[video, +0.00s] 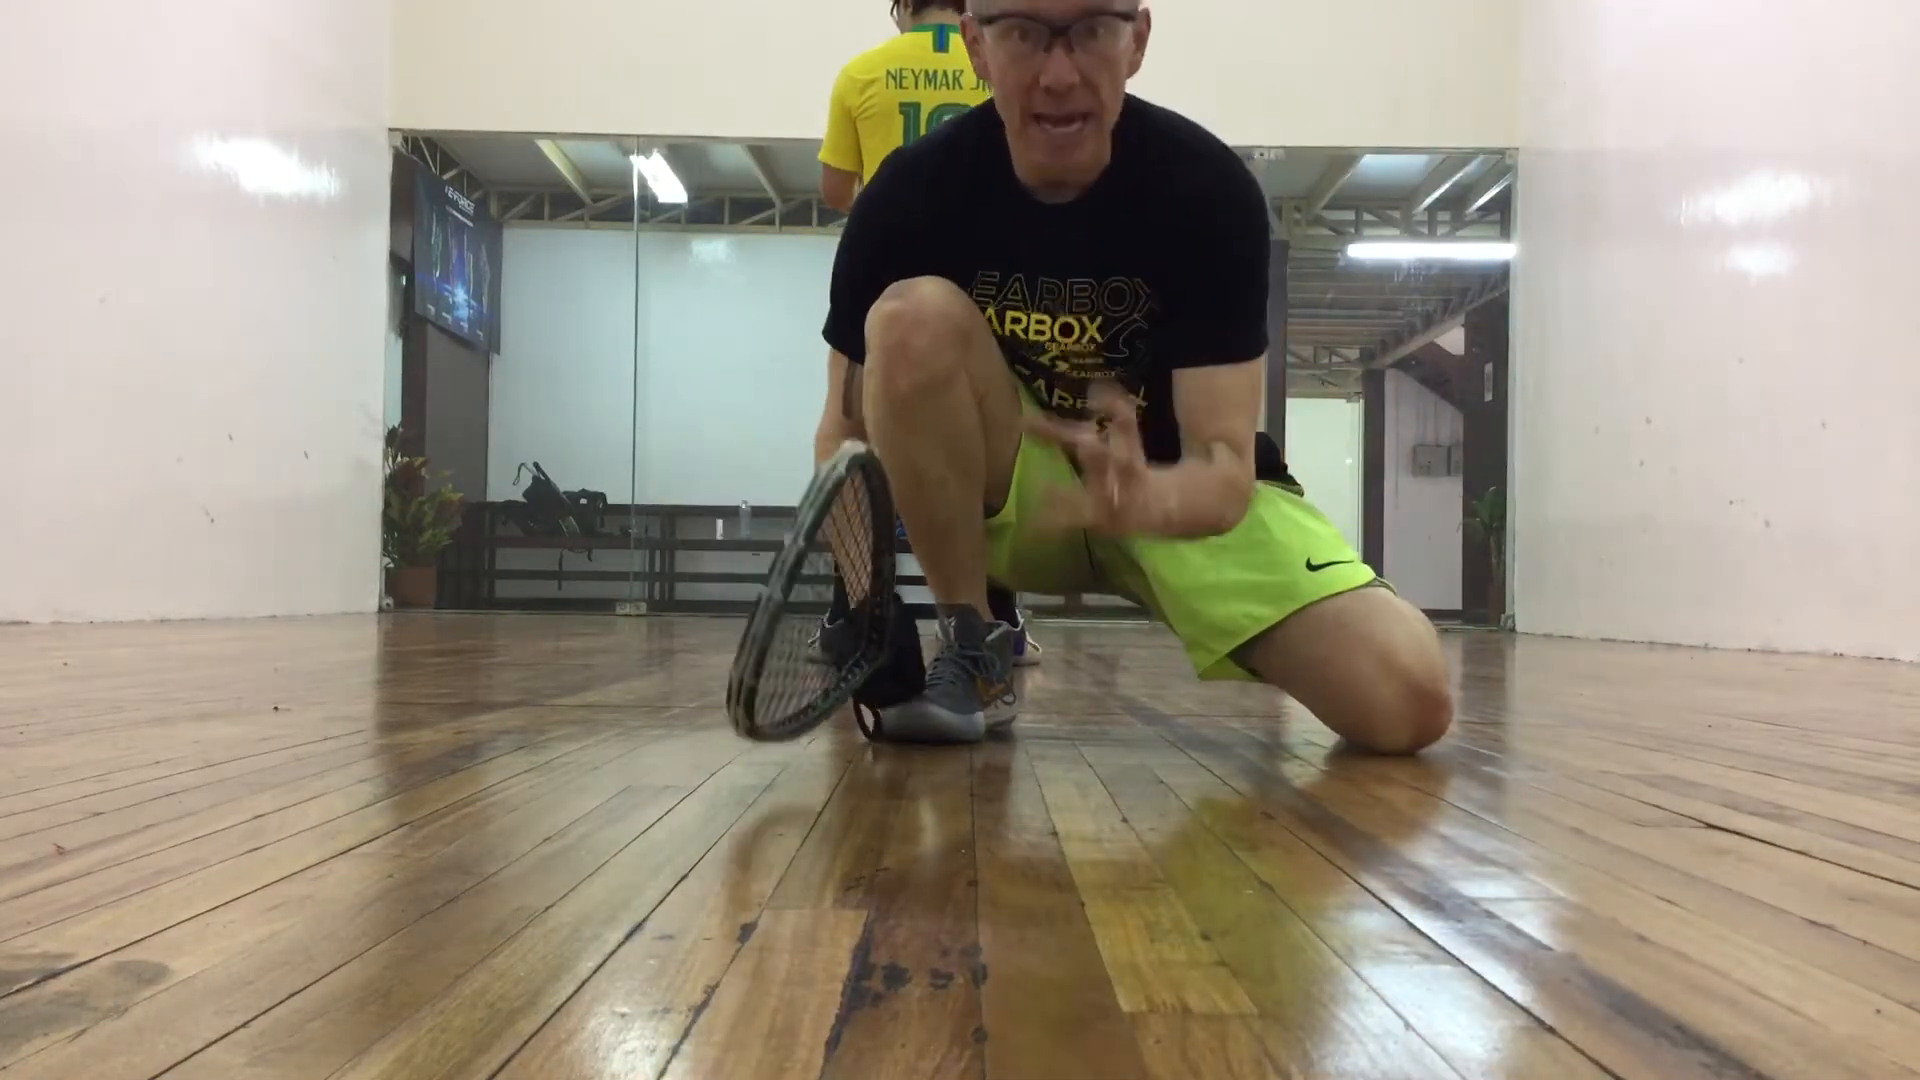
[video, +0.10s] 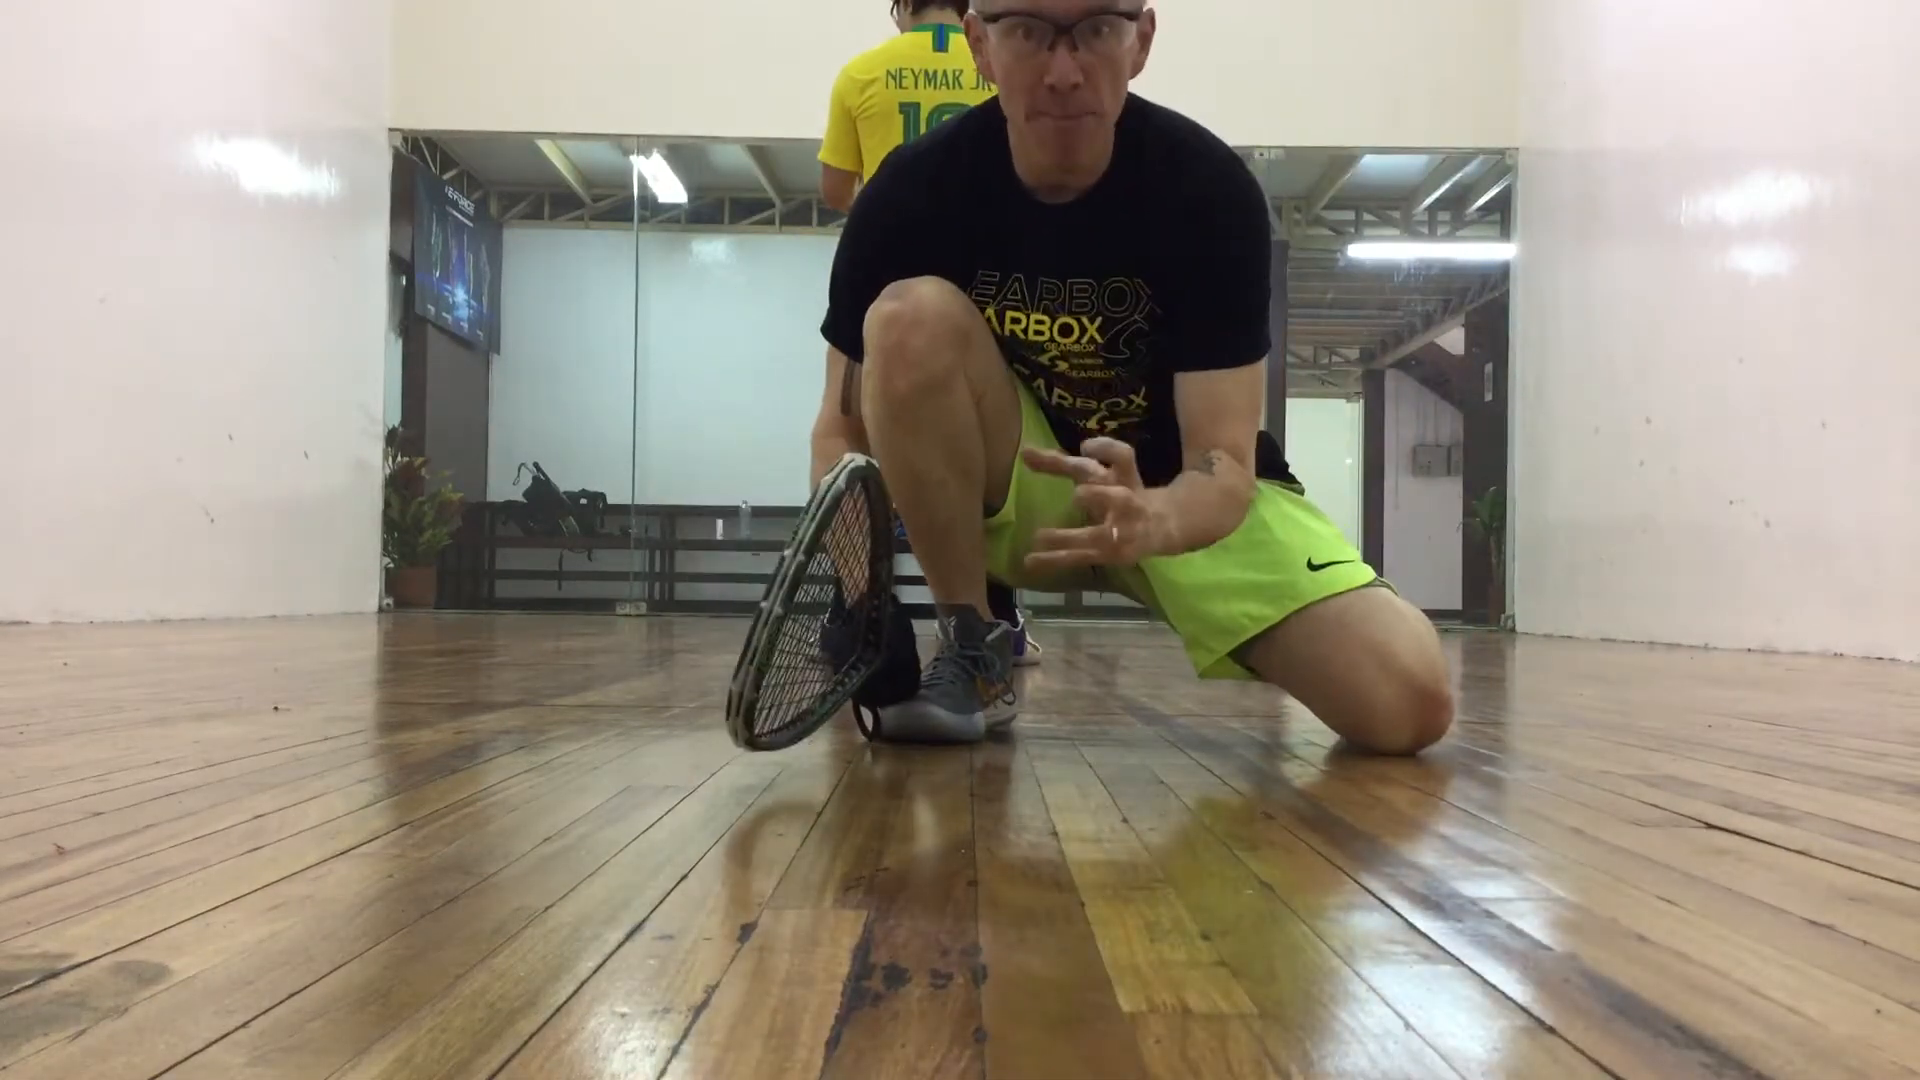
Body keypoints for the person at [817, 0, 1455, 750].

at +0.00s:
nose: (1059, 74)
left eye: (1091, 33)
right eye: (1025, 35)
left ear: (1136, 41)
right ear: (975, 46)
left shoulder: (1209, 191)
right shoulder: (911, 194)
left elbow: (1225, 471)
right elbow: (848, 420)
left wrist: (1142, 500)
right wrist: (861, 613)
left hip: (1186, 496)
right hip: (1019, 488)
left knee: (1410, 709)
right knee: (914, 317)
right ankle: (966, 643)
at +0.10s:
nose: (1064, 70)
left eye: (1095, 31)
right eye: (1030, 32)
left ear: (1140, 43)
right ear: (979, 45)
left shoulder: (1209, 191)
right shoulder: (913, 192)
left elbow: (1223, 468)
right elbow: (844, 415)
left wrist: (1152, 520)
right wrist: (854, 602)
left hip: (1189, 498)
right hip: (1019, 486)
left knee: (1410, 711)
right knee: (911, 317)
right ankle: (970, 643)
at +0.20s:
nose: (1066, 64)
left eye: (1095, 28)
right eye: (1034, 28)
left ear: (1141, 46)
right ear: (981, 45)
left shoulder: (1209, 193)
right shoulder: (911, 191)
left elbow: (1233, 478)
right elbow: (843, 413)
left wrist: (1145, 476)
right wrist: (855, 606)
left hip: (1187, 492)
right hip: (1018, 484)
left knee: (1411, 711)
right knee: (910, 318)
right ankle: (972, 647)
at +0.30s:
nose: (1066, 65)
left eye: (1096, 28)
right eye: (1034, 28)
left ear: (1142, 47)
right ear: (981, 45)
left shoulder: (1211, 190)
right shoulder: (913, 190)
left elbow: (1237, 480)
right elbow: (844, 413)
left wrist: (1149, 444)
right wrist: (853, 609)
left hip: (1181, 498)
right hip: (1020, 486)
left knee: (1411, 711)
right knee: (910, 318)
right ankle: (971, 644)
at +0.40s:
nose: (1066, 64)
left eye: (1096, 27)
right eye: (1033, 28)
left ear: (1141, 45)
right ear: (979, 46)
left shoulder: (1212, 191)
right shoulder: (912, 193)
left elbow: (1237, 465)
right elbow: (847, 411)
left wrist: (1162, 485)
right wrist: (851, 609)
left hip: (1188, 494)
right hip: (1020, 482)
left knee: (1411, 711)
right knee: (912, 320)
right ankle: (971, 643)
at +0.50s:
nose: (1065, 67)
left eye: (1095, 29)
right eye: (1031, 30)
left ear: (1140, 47)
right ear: (978, 48)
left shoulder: (1213, 195)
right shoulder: (913, 196)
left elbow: (1239, 470)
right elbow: (847, 416)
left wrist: (1174, 518)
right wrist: (855, 615)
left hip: (1198, 503)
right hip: (1029, 487)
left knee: (1411, 712)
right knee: (914, 322)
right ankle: (969, 643)